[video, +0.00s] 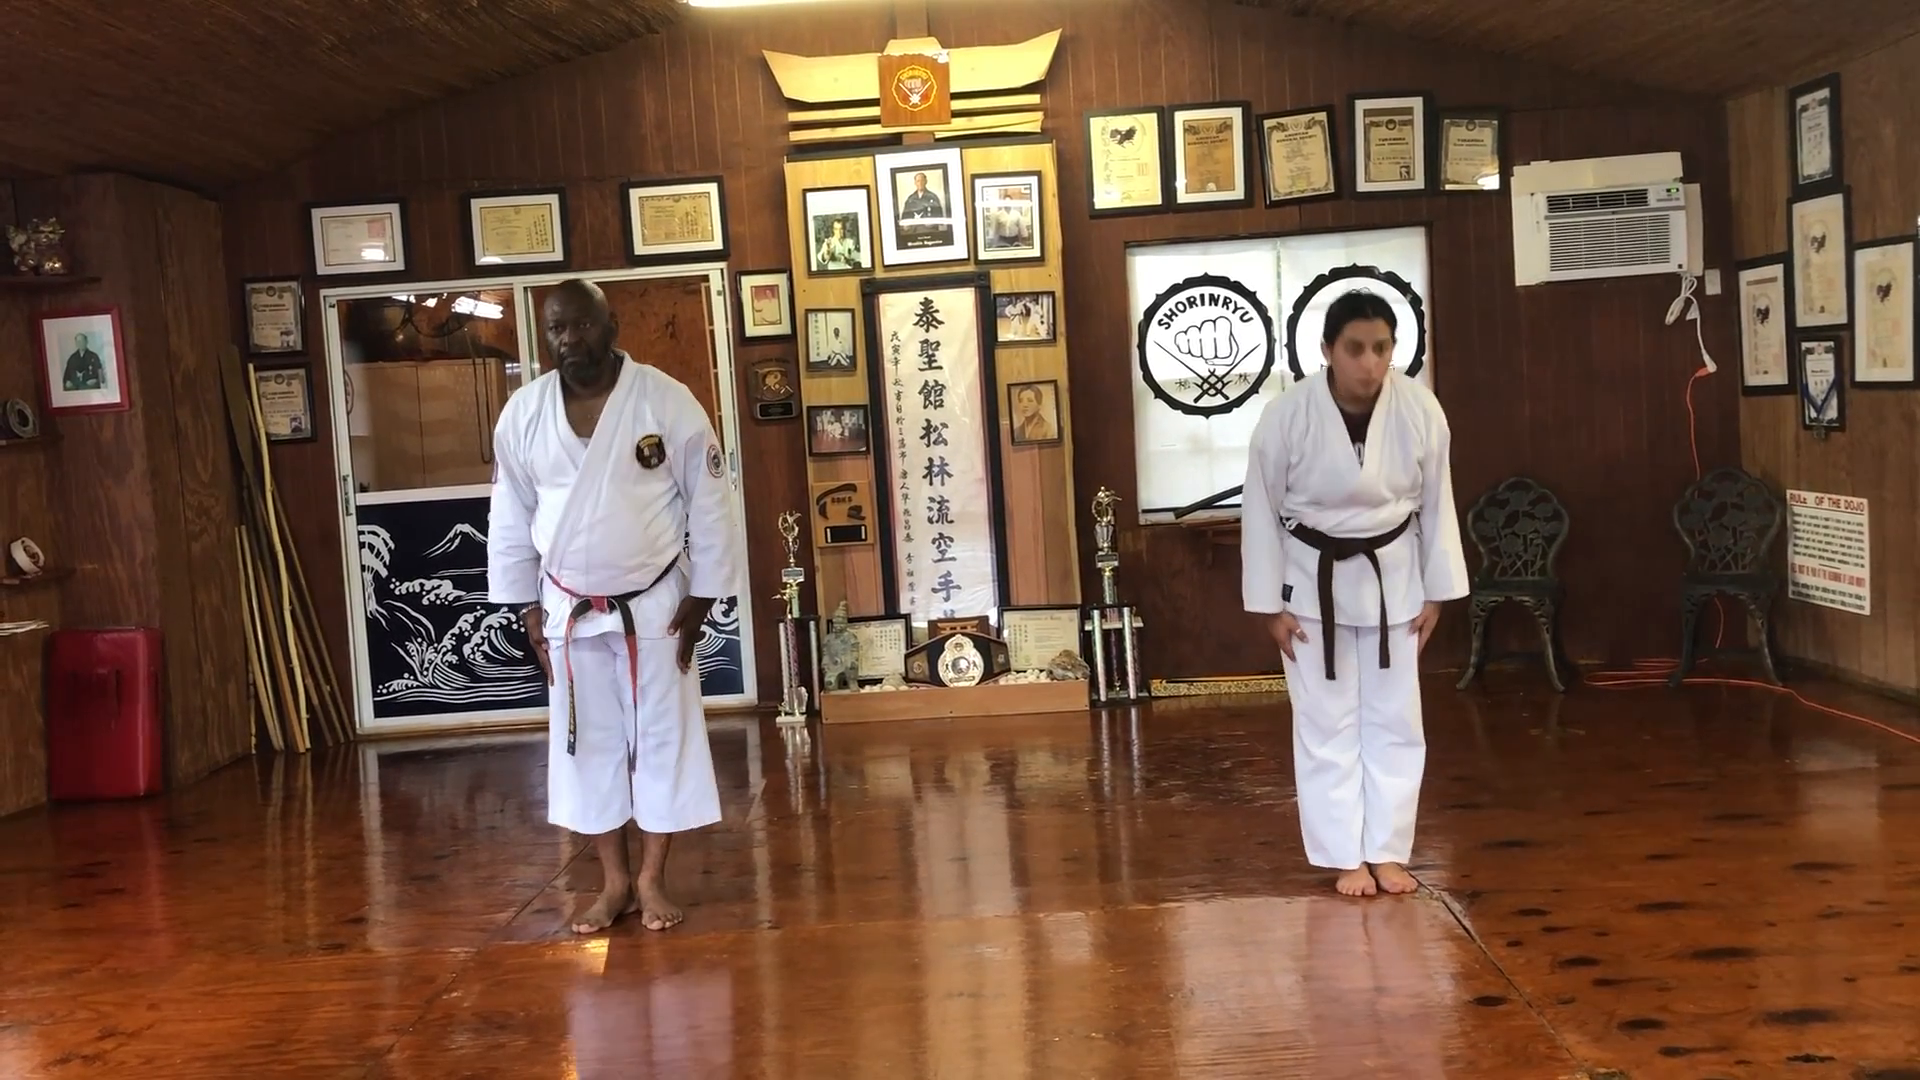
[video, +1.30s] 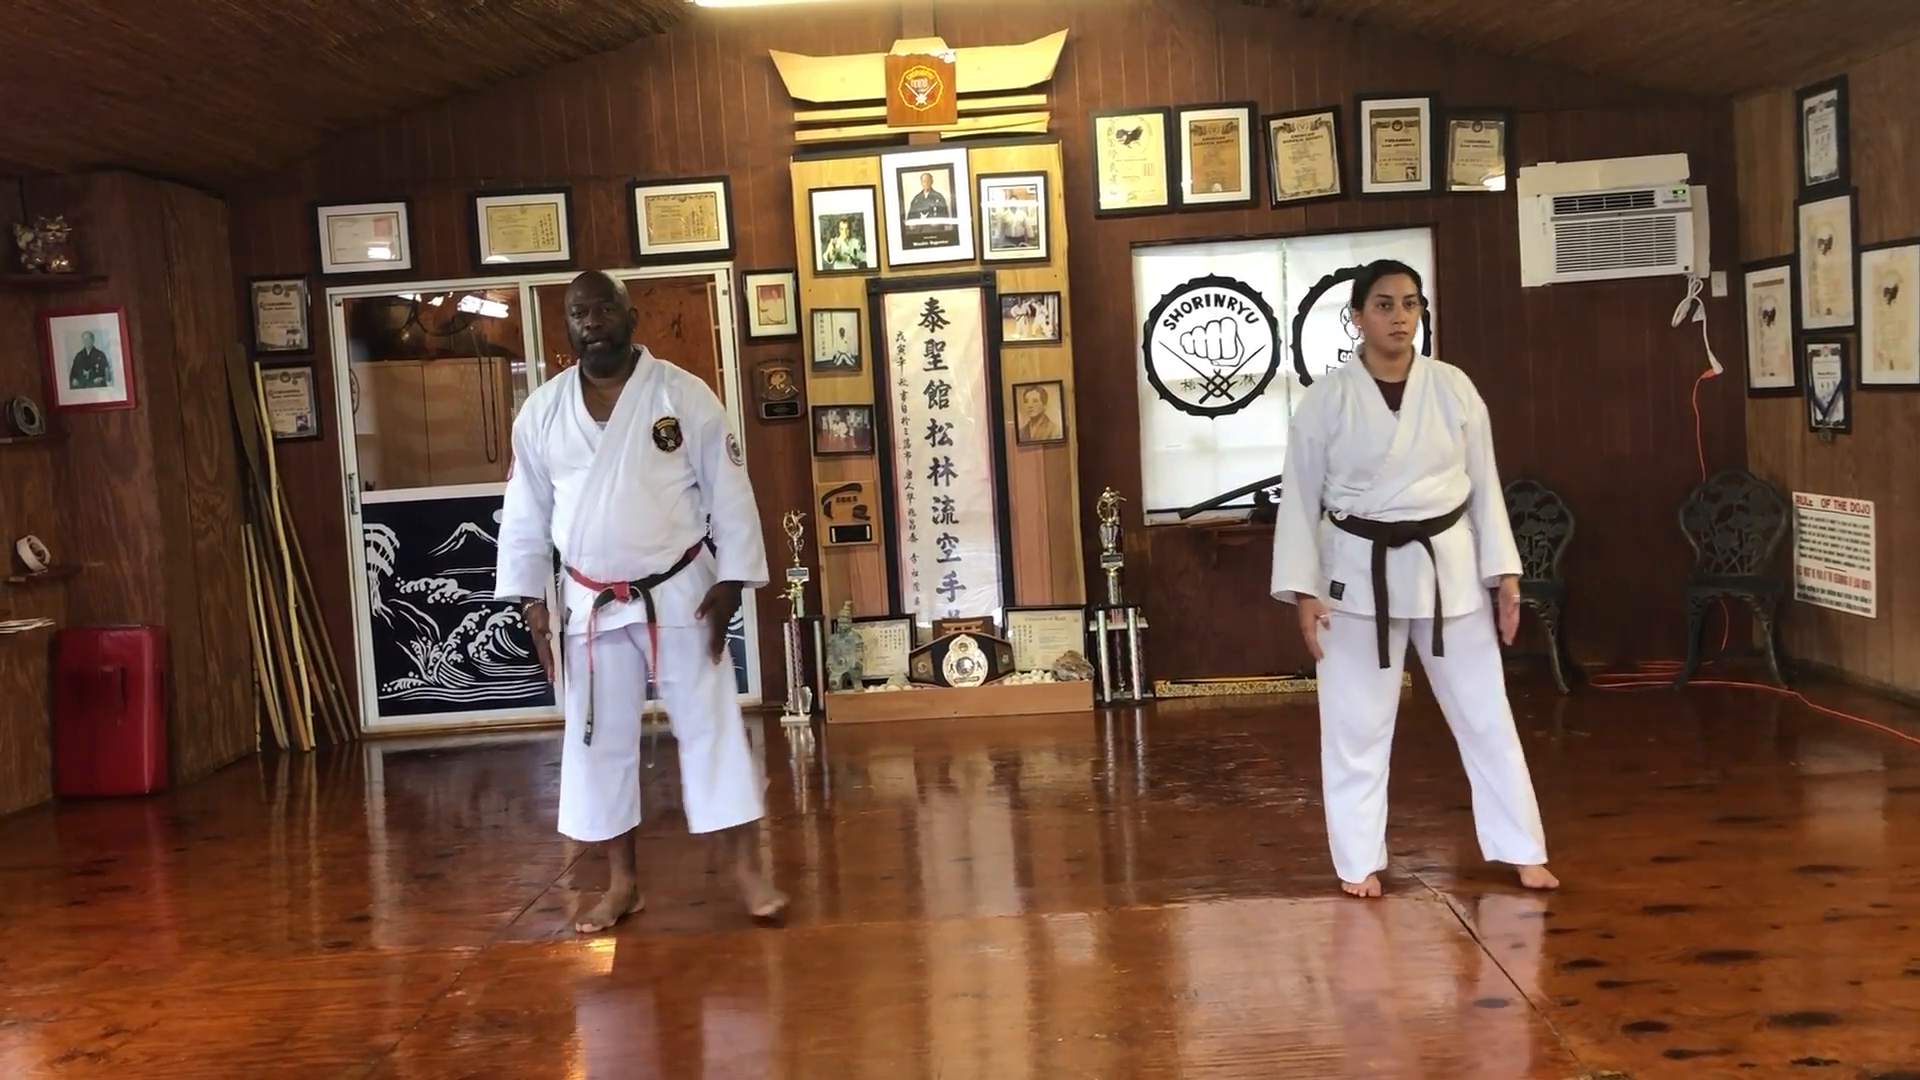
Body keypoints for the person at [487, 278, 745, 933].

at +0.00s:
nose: (566, 340)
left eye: (577, 325)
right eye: (555, 330)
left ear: (610, 325)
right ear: (545, 337)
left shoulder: (667, 401)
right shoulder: (523, 414)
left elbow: (710, 502)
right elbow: (512, 514)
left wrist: (705, 594)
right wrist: (525, 604)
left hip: (655, 595)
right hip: (569, 603)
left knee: (660, 737)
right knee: (588, 738)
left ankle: (650, 880)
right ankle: (613, 882)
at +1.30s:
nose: (592, 324)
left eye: (603, 310)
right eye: (579, 314)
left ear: (631, 316)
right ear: (566, 326)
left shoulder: (682, 394)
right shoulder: (541, 413)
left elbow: (728, 491)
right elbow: (526, 512)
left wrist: (733, 579)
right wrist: (533, 604)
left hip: (680, 585)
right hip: (591, 597)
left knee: (712, 723)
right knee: (600, 735)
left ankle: (747, 868)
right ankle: (620, 881)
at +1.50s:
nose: (619, 329)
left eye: (631, 316)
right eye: (606, 319)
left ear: (661, 320)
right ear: (593, 328)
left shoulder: (713, 399)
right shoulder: (570, 412)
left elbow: (759, 493)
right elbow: (549, 506)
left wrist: (744, 568)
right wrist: (556, 591)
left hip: (708, 587)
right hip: (618, 599)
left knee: (770, 722)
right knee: (616, 737)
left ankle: (819, 869)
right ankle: (622, 883)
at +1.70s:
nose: (664, 330)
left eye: (675, 316)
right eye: (652, 321)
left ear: (704, 322)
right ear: (640, 333)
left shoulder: (759, 404)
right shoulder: (618, 417)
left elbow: (799, 502)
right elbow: (596, 508)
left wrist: (774, 577)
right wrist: (600, 587)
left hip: (746, 592)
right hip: (655, 599)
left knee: (786, 731)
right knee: (639, 738)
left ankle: (815, 871)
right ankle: (625, 884)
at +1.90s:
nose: (693, 328)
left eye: (704, 316)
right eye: (680, 319)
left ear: (730, 323)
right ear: (664, 333)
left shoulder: (779, 406)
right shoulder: (637, 413)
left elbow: (815, 502)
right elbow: (615, 507)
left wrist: (797, 576)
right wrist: (619, 586)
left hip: (761, 594)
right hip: (668, 599)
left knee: (794, 734)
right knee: (651, 743)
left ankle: (815, 877)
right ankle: (626, 888)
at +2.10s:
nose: (695, 331)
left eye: (706, 319)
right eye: (682, 322)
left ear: (729, 327)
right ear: (664, 335)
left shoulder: (773, 410)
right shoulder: (633, 417)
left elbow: (808, 507)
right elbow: (610, 509)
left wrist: (791, 583)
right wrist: (613, 587)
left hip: (752, 599)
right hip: (661, 604)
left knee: (788, 736)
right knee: (646, 747)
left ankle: (812, 878)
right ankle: (623, 893)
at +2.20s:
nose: (691, 334)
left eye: (703, 322)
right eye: (678, 325)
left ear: (727, 330)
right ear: (661, 337)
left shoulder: (771, 413)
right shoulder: (631, 419)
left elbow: (805, 513)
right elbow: (606, 512)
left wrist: (784, 589)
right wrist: (610, 589)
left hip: (749, 603)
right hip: (658, 607)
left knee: (784, 741)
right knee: (642, 747)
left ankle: (811, 882)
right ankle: (622, 894)